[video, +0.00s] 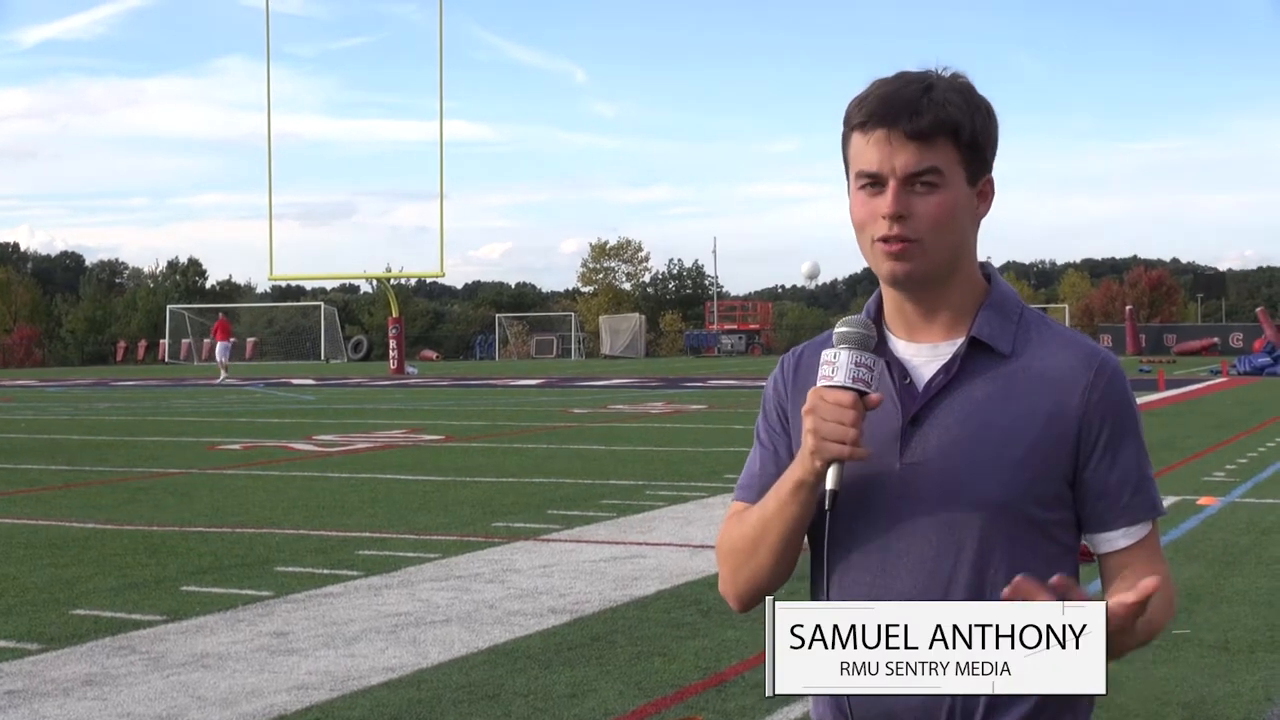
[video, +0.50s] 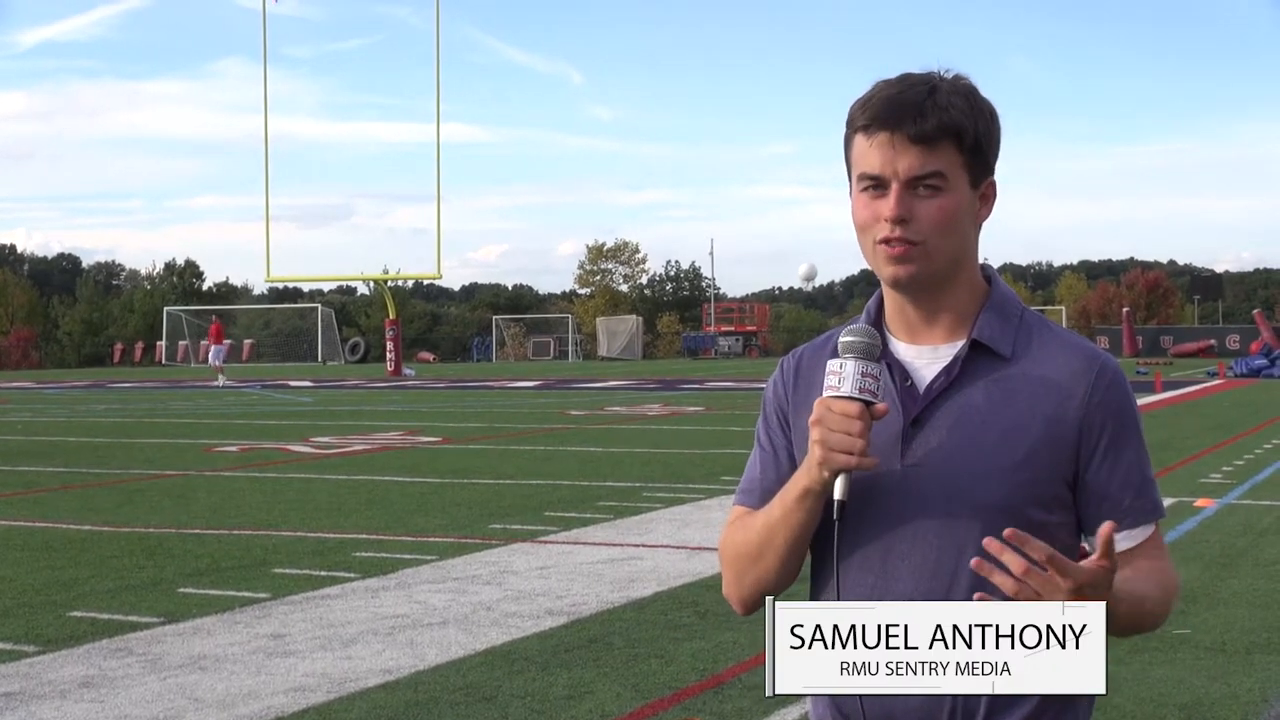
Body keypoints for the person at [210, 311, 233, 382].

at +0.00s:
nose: (219, 316)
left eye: (220, 315)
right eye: (219, 315)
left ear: (221, 315)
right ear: (226, 316)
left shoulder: (218, 322)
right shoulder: (228, 323)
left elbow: (214, 330)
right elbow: (230, 331)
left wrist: (212, 336)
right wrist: (229, 337)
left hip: (221, 341)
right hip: (228, 342)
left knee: (218, 358)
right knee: (225, 359)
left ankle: (223, 373)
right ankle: (225, 374)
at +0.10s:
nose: (218, 317)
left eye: (219, 315)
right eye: (218, 315)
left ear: (220, 316)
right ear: (225, 316)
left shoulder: (218, 323)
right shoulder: (227, 323)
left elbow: (213, 330)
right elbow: (228, 333)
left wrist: (210, 337)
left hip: (219, 342)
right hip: (226, 343)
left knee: (216, 358)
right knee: (223, 359)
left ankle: (220, 373)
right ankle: (223, 374)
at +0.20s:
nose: (217, 318)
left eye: (218, 316)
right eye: (217, 316)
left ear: (220, 317)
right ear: (224, 317)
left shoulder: (218, 324)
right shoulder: (226, 324)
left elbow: (212, 332)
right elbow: (226, 334)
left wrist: (209, 337)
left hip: (218, 343)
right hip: (225, 343)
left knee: (213, 359)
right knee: (222, 360)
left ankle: (220, 374)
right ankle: (222, 376)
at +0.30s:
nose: (216, 318)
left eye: (217, 316)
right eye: (216, 316)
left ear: (219, 317)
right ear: (223, 317)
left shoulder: (217, 325)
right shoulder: (225, 325)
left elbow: (213, 333)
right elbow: (226, 335)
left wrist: (208, 339)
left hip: (217, 344)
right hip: (223, 344)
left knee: (213, 360)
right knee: (221, 361)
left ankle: (221, 375)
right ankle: (222, 377)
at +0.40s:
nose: (214, 318)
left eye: (215, 317)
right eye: (214, 317)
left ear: (217, 317)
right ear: (220, 318)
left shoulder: (216, 325)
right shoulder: (223, 325)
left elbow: (212, 334)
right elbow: (224, 335)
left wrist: (208, 340)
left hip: (215, 345)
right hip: (222, 345)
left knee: (212, 361)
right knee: (220, 361)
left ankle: (221, 375)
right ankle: (222, 377)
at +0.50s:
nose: (213, 319)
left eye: (213, 317)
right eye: (213, 317)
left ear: (215, 318)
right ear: (219, 319)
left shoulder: (214, 326)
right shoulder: (221, 326)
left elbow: (213, 336)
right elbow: (222, 336)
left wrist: (210, 344)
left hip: (215, 345)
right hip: (221, 345)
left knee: (212, 361)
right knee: (219, 362)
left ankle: (221, 376)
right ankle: (221, 377)